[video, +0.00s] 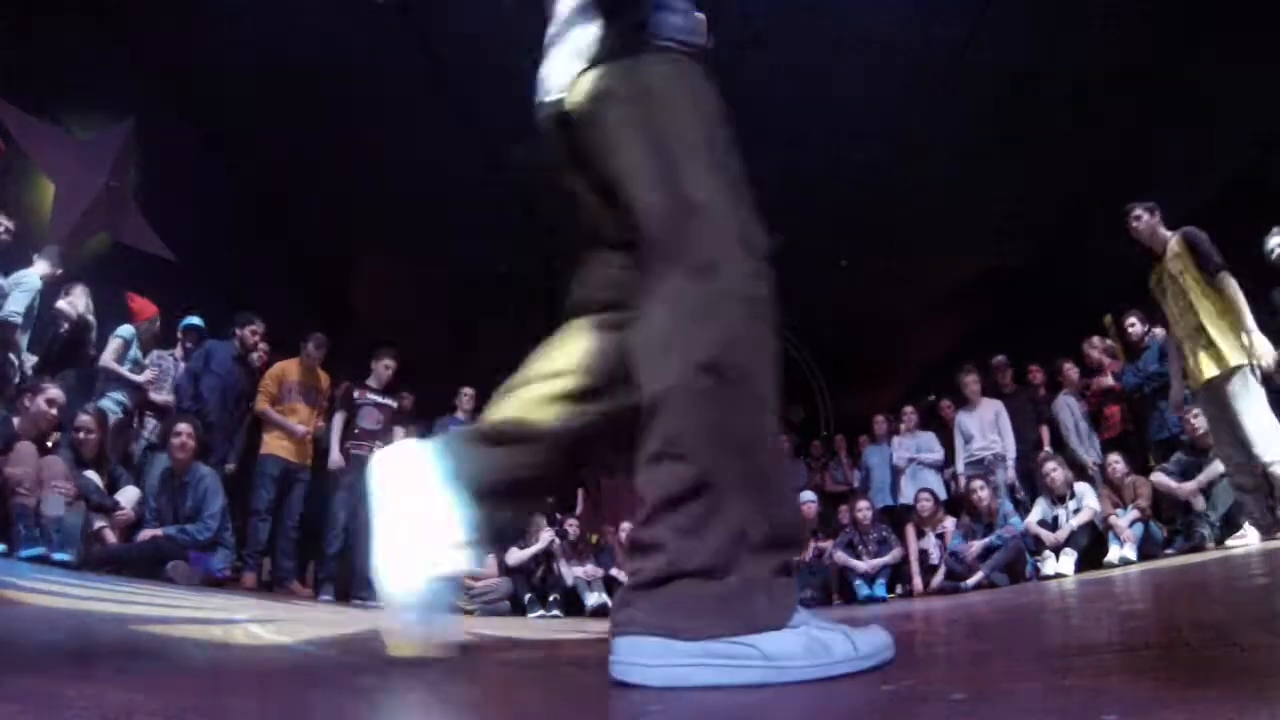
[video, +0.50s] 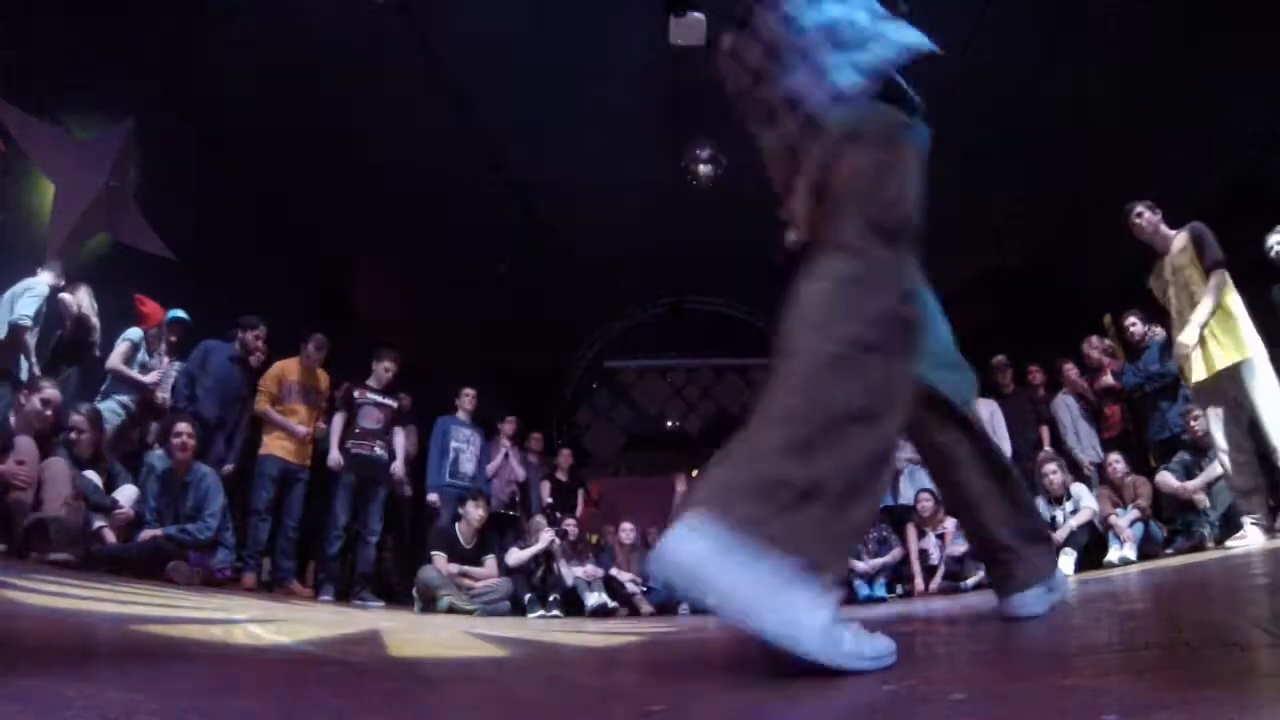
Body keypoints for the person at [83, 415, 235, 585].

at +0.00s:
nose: (183, 441)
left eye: (189, 437)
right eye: (177, 435)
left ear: (197, 445)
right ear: (168, 443)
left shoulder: (207, 478)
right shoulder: (164, 475)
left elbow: (206, 532)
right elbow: (152, 518)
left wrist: (162, 533)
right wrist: (149, 537)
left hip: (210, 551)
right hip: (175, 546)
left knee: (158, 547)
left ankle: (93, 557)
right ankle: (174, 573)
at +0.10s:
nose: (183, 444)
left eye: (189, 439)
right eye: (177, 437)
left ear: (197, 446)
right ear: (169, 443)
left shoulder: (208, 478)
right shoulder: (164, 476)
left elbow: (206, 532)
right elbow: (152, 520)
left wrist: (163, 533)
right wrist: (149, 538)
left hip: (210, 554)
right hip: (174, 547)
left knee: (158, 546)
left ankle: (90, 557)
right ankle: (176, 573)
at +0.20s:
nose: (183, 445)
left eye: (189, 440)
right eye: (177, 439)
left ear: (196, 446)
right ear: (168, 445)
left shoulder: (208, 478)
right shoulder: (163, 477)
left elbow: (207, 532)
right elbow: (152, 521)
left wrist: (163, 533)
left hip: (210, 553)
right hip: (175, 546)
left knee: (158, 546)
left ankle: (94, 555)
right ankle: (179, 574)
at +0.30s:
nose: (183, 444)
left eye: (189, 438)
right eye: (177, 438)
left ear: (197, 445)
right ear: (168, 444)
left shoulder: (208, 478)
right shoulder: (163, 476)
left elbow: (207, 532)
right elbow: (152, 520)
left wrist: (163, 534)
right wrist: (152, 536)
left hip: (210, 554)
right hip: (174, 547)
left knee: (157, 546)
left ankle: (93, 555)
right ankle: (179, 574)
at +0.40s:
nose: (184, 442)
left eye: (190, 437)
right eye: (178, 436)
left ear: (197, 444)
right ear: (168, 443)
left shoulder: (208, 478)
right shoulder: (162, 477)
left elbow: (207, 532)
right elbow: (152, 521)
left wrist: (164, 533)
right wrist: (153, 536)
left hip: (210, 554)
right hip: (174, 547)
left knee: (157, 546)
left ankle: (93, 555)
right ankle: (180, 574)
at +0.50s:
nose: (183, 441)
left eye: (189, 436)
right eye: (177, 436)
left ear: (197, 444)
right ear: (168, 442)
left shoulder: (207, 477)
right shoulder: (162, 477)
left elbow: (207, 531)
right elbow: (152, 520)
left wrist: (163, 533)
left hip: (210, 553)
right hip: (174, 547)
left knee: (157, 546)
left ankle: (92, 556)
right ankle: (181, 575)